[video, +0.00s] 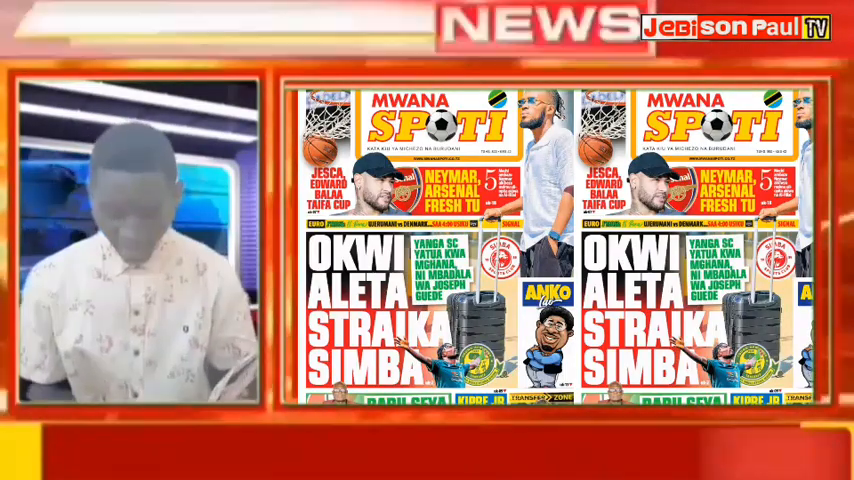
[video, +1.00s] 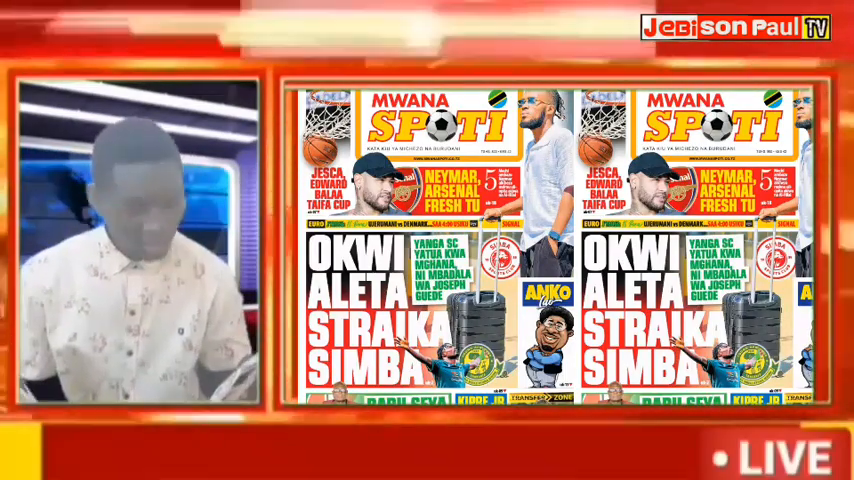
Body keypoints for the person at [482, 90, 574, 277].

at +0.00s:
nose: (523, 107)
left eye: (531, 101)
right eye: (522, 103)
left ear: (549, 110)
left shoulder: (563, 138)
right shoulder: (531, 147)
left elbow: (571, 192)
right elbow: (532, 196)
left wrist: (553, 238)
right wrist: (502, 211)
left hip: (552, 242)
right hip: (530, 243)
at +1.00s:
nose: (523, 107)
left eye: (531, 101)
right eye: (522, 103)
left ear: (549, 110)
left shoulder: (563, 138)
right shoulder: (531, 147)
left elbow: (571, 192)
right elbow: (532, 196)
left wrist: (553, 238)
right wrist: (502, 211)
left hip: (552, 242)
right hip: (530, 243)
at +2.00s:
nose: (523, 107)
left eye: (531, 101)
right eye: (522, 103)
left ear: (549, 110)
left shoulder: (563, 138)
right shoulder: (531, 147)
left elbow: (571, 192)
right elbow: (532, 196)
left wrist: (553, 238)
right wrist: (502, 211)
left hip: (552, 242)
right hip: (530, 243)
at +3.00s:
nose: (523, 107)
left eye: (531, 101)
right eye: (522, 103)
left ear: (549, 110)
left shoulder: (563, 138)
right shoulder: (531, 147)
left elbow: (571, 192)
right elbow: (532, 196)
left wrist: (554, 238)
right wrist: (502, 211)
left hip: (551, 241)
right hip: (530, 242)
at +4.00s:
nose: (523, 107)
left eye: (531, 101)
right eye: (522, 103)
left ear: (549, 110)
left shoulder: (563, 139)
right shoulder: (531, 147)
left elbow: (571, 192)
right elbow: (532, 196)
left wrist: (554, 238)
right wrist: (502, 211)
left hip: (552, 241)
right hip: (530, 242)